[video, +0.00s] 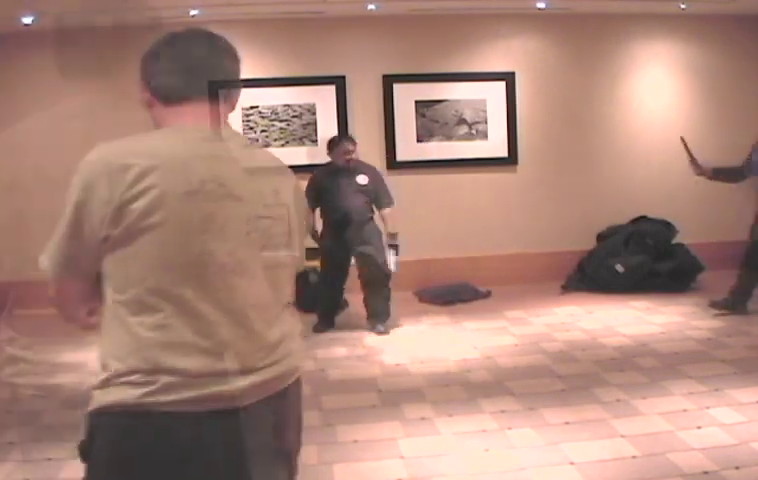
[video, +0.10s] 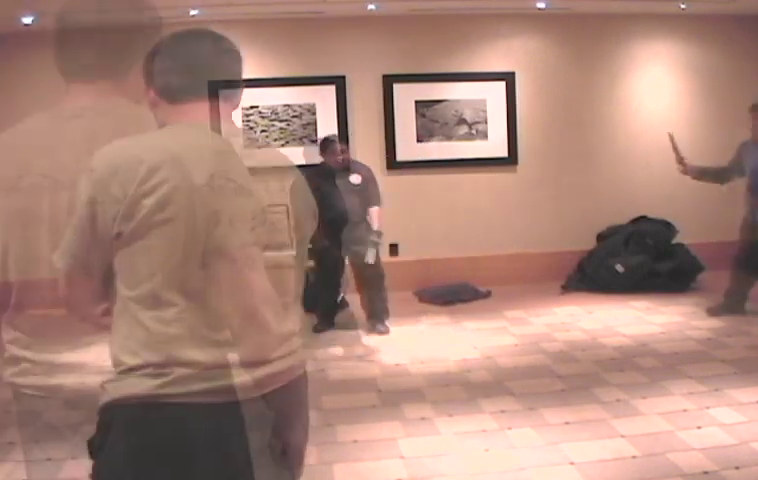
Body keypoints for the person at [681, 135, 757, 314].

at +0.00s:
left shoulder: (754, 151)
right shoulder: (754, 151)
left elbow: (742, 172)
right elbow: (742, 172)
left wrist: (706, 172)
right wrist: (704, 171)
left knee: (753, 253)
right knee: (752, 252)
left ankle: (739, 298)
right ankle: (738, 298)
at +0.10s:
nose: (752, 125)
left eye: (754, 119)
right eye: (752, 119)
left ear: (756, 121)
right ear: (750, 120)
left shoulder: (749, 149)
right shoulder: (748, 149)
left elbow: (727, 173)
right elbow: (727, 174)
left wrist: (693, 170)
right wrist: (693, 170)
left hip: (753, 216)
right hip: (752, 215)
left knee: (747, 255)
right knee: (746, 255)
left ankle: (735, 300)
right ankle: (735, 300)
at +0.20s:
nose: (744, 125)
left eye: (748, 119)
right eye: (741, 120)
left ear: (757, 121)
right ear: (739, 121)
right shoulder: (738, 149)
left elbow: (716, 173)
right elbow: (716, 173)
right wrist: (684, 172)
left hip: (752, 215)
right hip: (746, 215)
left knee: (744, 257)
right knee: (740, 257)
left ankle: (734, 301)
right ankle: (733, 301)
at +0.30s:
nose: (731, 125)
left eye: (736, 120)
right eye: (728, 121)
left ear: (751, 120)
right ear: (727, 122)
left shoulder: (752, 149)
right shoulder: (729, 150)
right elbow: (701, 174)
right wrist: (673, 172)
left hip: (753, 219)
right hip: (739, 219)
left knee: (743, 261)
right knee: (734, 260)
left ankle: (734, 302)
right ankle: (733, 302)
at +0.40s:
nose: (721, 126)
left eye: (726, 120)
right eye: (719, 121)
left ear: (743, 121)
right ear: (718, 122)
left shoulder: (755, 146)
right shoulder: (718, 151)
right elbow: (691, 174)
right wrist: (660, 171)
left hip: (755, 223)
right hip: (734, 224)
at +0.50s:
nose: (713, 127)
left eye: (717, 122)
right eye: (712, 122)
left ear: (734, 121)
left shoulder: (753, 143)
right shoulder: (713, 151)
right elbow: (683, 173)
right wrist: (653, 170)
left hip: (754, 224)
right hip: (732, 225)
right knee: (732, 299)